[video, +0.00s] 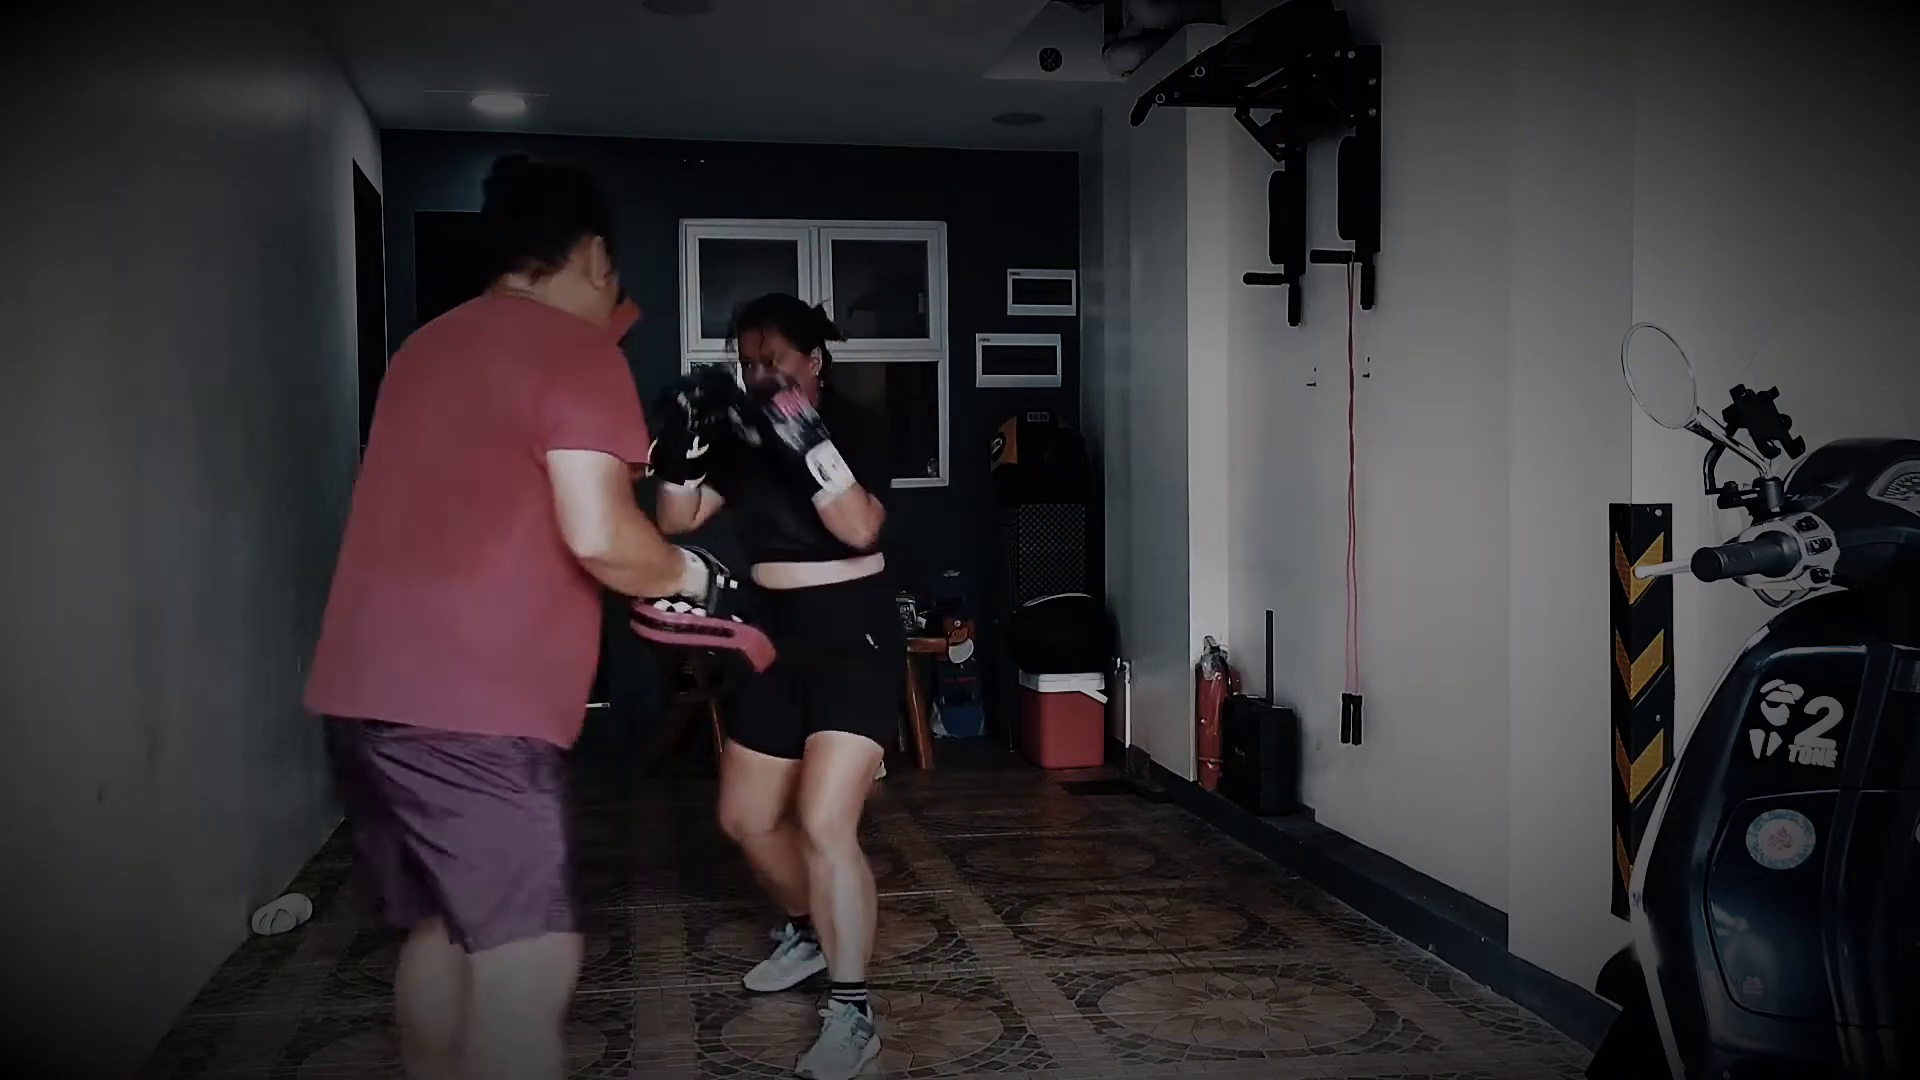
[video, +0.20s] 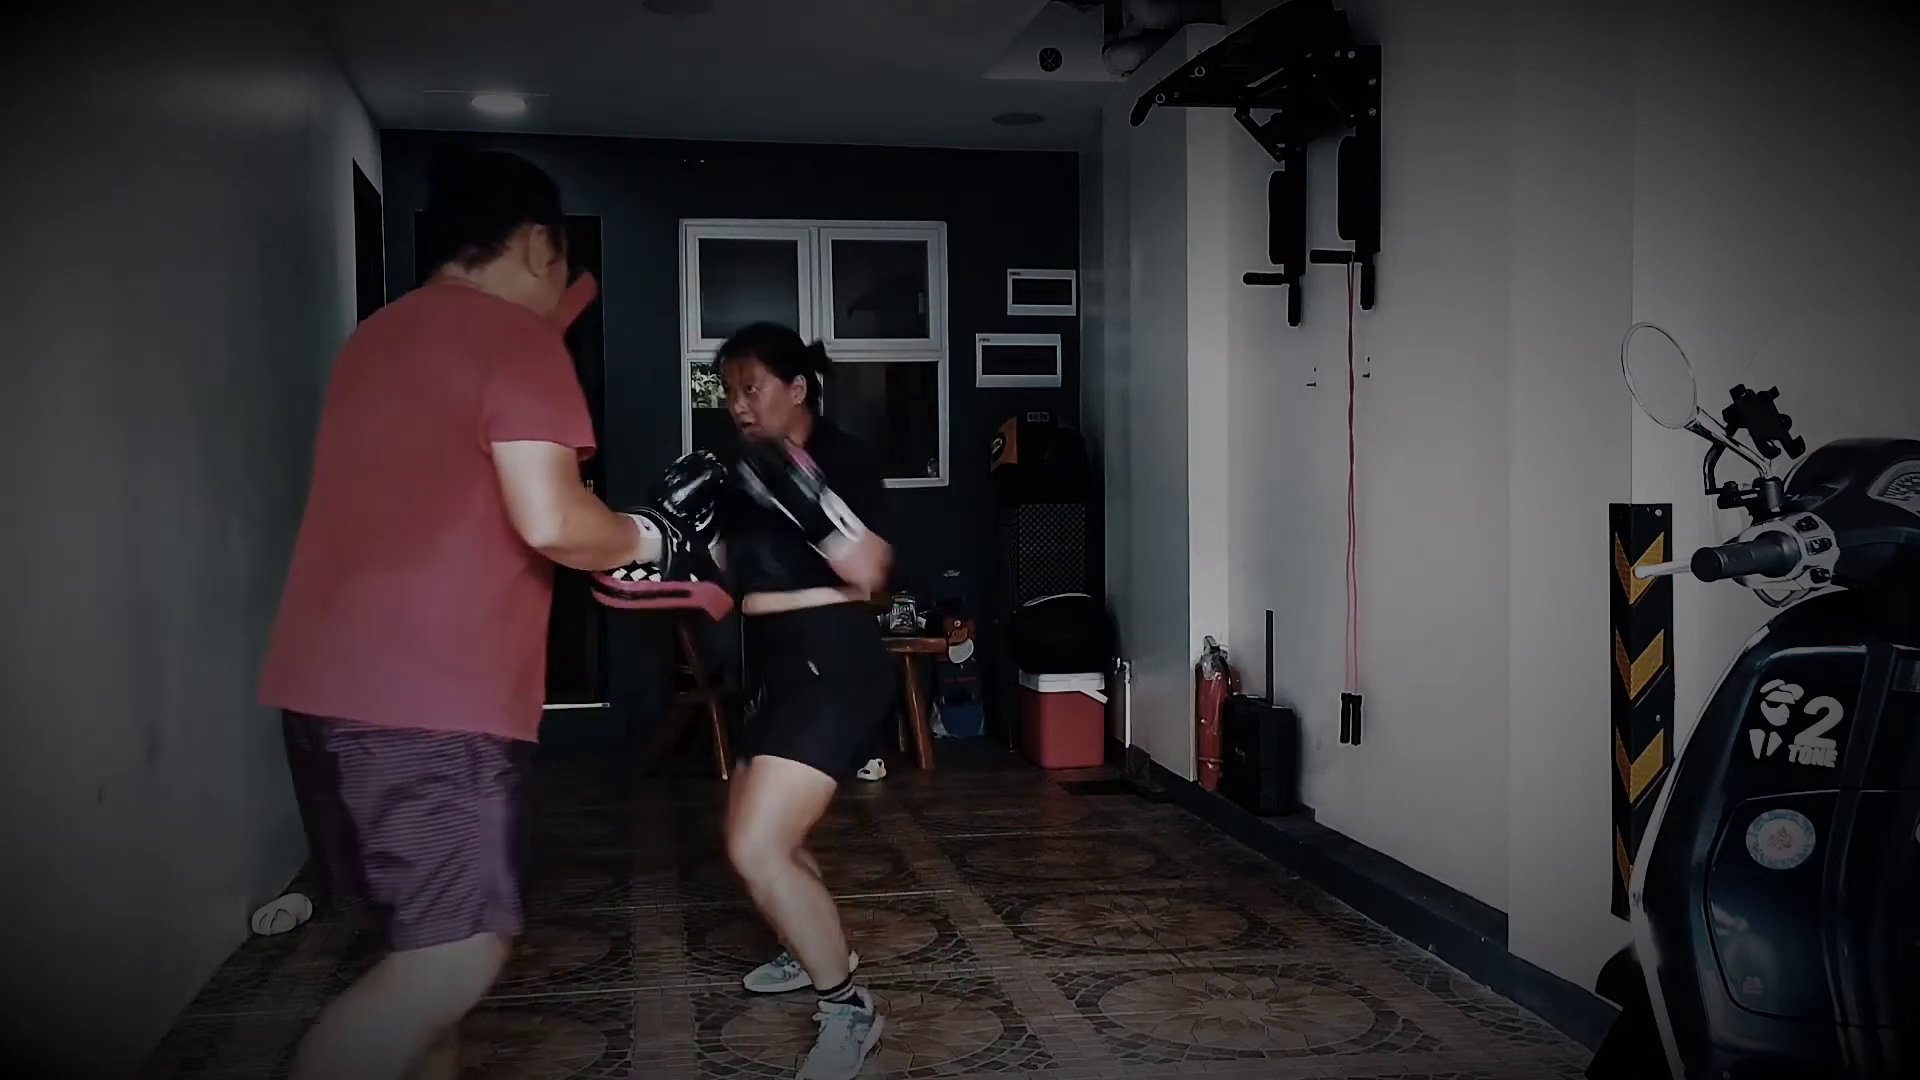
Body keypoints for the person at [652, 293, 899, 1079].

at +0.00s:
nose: (761, 375)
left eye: (773, 360)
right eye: (749, 364)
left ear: (814, 358)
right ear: (741, 368)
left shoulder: (851, 423)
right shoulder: (737, 430)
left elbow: (861, 528)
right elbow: (677, 521)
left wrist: (809, 437)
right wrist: (686, 444)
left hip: (856, 636)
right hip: (769, 636)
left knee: (826, 820)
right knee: (747, 818)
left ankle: (851, 1008)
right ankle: (816, 929)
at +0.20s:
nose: (740, 405)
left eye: (754, 389)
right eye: (731, 393)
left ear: (801, 387)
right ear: (729, 399)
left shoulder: (842, 461)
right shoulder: (742, 471)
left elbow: (872, 575)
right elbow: (735, 576)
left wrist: (805, 500)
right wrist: (697, 523)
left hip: (836, 661)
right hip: (771, 661)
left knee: (759, 844)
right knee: (759, 832)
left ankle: (848, 1003)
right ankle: (813, 955)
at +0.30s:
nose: (728, 387)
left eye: (738, 371)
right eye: (724, 374)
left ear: (786, 363)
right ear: (781, 371)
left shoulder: (804, 423)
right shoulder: (799, 432)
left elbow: (720, 448)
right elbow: (770, 565)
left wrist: (638, 382)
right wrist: (702, 531)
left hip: (832, 644)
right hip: (822, 640)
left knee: (740, 843)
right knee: (786, 812)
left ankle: (855, 1000)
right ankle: (812, 954)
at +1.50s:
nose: (824, 390)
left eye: (841, 375)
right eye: (815, 377)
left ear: (889, 380)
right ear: (807, 386)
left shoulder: (930, 465)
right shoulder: (801, 464)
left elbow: (917, 585)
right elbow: (734, 540)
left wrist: (866, 492)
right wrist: (720, 471)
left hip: (910, 679)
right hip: (821, 674)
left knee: (855, 849)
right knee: (785, 866)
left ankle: (874, 1054)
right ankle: (906, 926)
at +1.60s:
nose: (862, 409)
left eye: (883, 396)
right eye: (854, 390)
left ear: (919, 409)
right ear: (836, 392)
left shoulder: (928, 484)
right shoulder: (798, 443)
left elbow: (948, 608)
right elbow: (689, 427)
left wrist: (927, 517)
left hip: (888, 683)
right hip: (791, 679)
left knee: (858, 860)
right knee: (785, 889)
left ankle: (874, 1054)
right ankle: (860, 930)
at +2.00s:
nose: (793, 379)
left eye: (808, 365)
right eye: (780, 366)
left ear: (845, 361)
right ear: (765, 365)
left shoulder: (881, 428)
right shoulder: (761, 429)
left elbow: (868, 534)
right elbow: (708, 523)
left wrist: (827, 439)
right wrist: (716, 436)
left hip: (870, 632)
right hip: (784, 631)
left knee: (831, 824)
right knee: (779, 830)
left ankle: (851, 1033)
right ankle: (867, 964)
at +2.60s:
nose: (785, 363)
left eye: (798, 349)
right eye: (773, 351)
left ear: (840, 348)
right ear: (762, 356)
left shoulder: (883, 421)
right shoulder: (761, 424)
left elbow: (855, 525)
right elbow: (706, 521)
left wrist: (813, 426)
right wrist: (706, 430)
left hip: (871, 640)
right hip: (785, 641)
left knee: (848, 841)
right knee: (813, 832)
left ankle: (862, 1041)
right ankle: (861, 976)